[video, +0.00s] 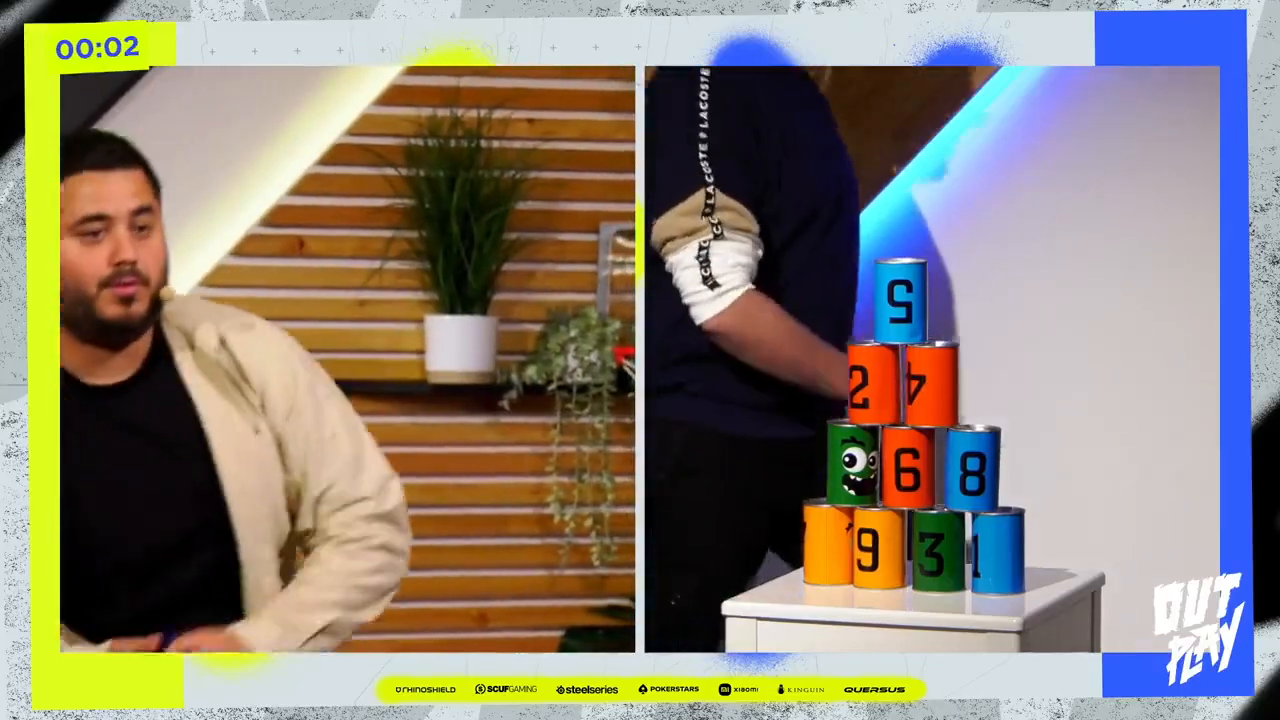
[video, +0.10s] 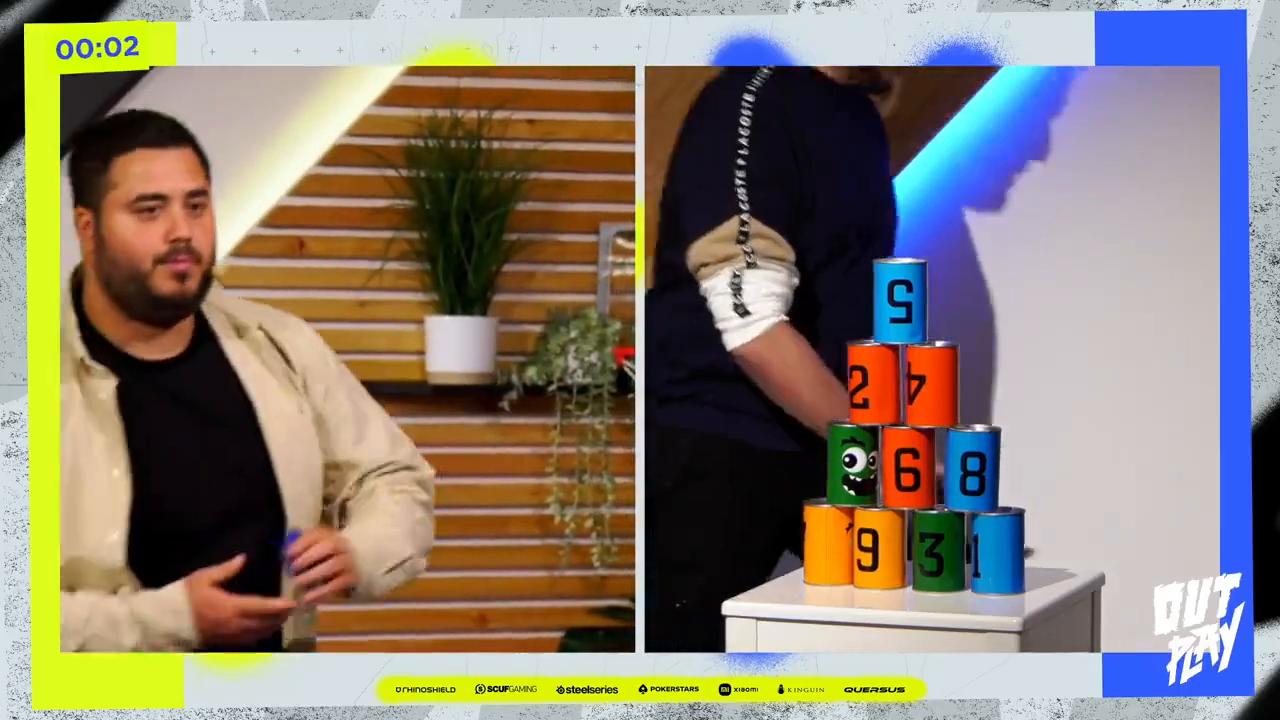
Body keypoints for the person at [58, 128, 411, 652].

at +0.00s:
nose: (125, 255)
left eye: (141, 226)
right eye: (92, 233)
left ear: (163, 234)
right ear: (39, 250)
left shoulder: (247, 354)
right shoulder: (18, 386)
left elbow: (371, 527)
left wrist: (252, 643)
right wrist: (83, 662)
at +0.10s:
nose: (181, 233)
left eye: (196, 206)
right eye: (148, 210)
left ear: (214, 214)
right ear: (87, 228)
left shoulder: (281, 345)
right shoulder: (31, 374)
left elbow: (396, 476)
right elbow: (10, 618)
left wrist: (359, 553)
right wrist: (173, 619)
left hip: (274, 702)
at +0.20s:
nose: (227, 227)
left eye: (240, 202)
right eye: (194, 203)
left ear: (256, 214)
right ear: (132, 223)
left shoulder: (299, 356)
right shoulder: (69, 370)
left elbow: (369, 495)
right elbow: (49, 580)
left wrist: (423, 539)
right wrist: (248, 579)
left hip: (294, 691)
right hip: (128, 693)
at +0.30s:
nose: (264, 227)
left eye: (277, 204)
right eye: (232, 203)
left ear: (291, 220)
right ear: (168, 222)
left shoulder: (293, 354)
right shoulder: (113, 355)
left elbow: (365, 523)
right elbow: (105, 546)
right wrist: (319, 546)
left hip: (298, 687)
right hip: (159, 693)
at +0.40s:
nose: (284, 235)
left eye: (297, 213)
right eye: (254, 211)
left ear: (312, 227)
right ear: (189, 226)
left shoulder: (289, 365)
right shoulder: (136, 348)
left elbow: (334, 567)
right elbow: (160, 513)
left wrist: (426, 672)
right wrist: (372, 518)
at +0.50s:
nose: (292, 244)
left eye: (303, 221)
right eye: (261, 220)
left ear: (316, 235)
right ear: (198, 237)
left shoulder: (290, 386)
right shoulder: (159, 349)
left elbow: (294, 598)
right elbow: (186, 479)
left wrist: (383, 689)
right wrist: (402, 507)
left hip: (249, 697)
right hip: (125, 696)